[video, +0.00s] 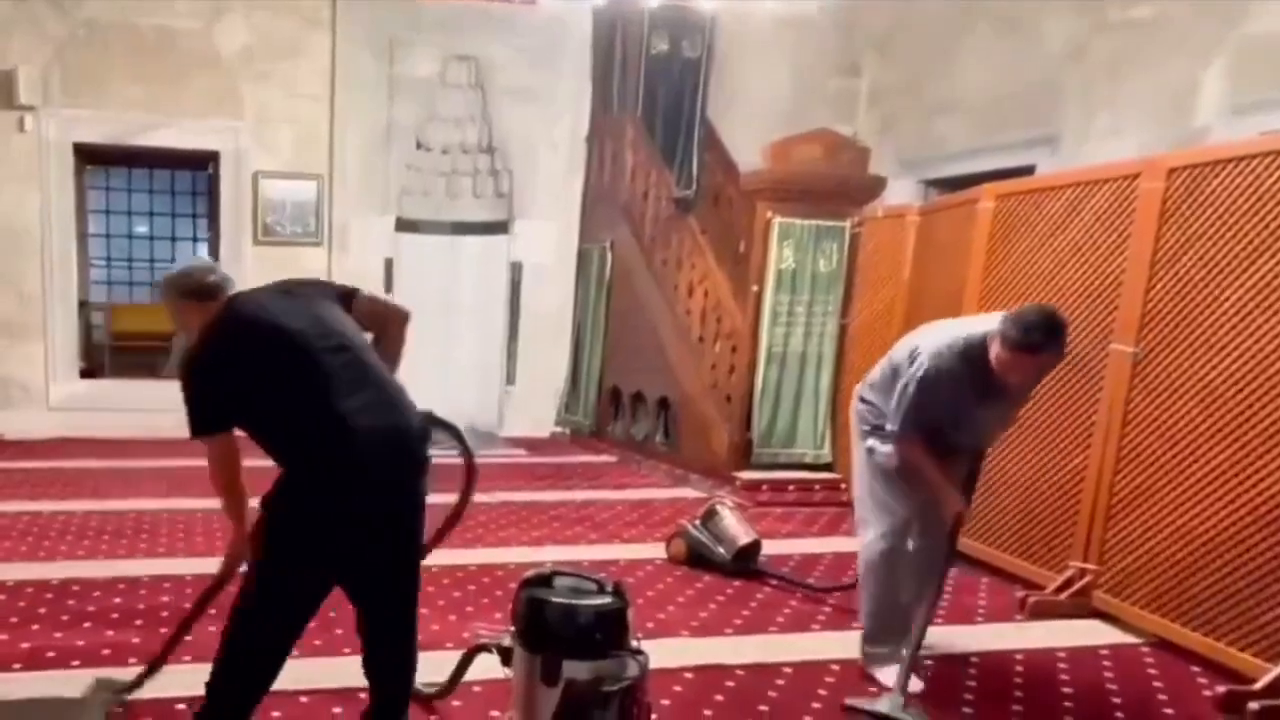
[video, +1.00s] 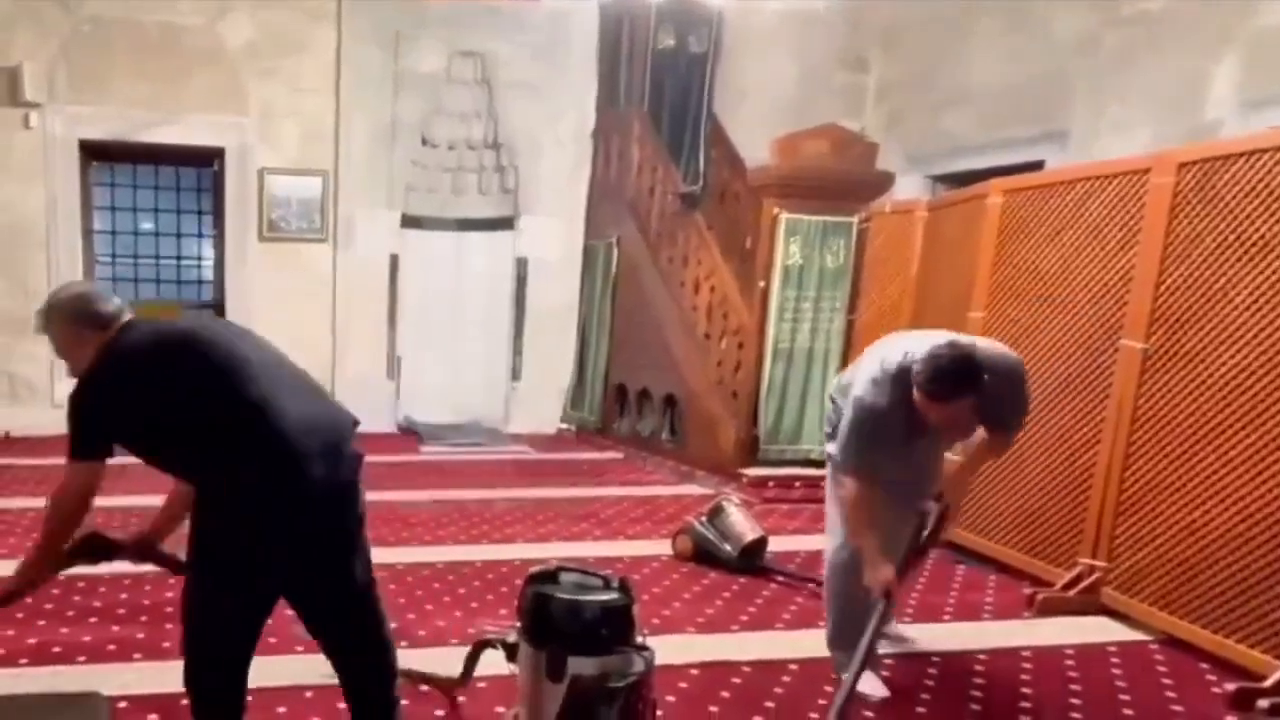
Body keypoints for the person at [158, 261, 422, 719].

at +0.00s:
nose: (181, 332)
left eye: (178, 320)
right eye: (176, 321)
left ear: (189, 310)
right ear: (227, 290)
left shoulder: (205, 358)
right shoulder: (301, 290)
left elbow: (225, 466)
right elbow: (392, 317)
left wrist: (239, 533)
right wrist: (374, 396)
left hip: (325, 469)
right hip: (402, 449)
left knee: (266, 616)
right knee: (391, 614)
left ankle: (221, 711)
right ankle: (388, 711)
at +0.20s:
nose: (201, 325)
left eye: (200, 311)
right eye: (197, 313)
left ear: (218, 299)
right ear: (252, 283)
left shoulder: (232, 351)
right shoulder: (326, 282)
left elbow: (273, 461)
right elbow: (417, 278)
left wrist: (302, 518)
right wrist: (420, 369)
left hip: (341, 467)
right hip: (419, 448)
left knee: (290, 617)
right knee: (399, 616)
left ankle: (245, 709)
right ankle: (388, 713)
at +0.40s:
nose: (204, 320)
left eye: (203, 306)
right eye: (199, 308)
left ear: (221, 291)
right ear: (254, 278)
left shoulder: (235, 345)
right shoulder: (325, 281)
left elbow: (278, 456)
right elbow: (419, 262)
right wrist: (447, 349)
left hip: (336, 477)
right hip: (415, 458)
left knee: (288, 635)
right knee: (396, 630)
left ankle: (259, 710)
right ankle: (385, 714)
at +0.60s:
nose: (177, 322)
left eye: (175, 309)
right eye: (172, 311)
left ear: (191, 296)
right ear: (225, 281)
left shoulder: (204, 348)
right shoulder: (302, 292)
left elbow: (230, 462)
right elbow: (394, 316)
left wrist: (246, 517)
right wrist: (386, 402)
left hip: (317, 478)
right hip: (394, 464)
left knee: (264, 641)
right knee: (382, 630)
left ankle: (242, 716)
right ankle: (384, 712)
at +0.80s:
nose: (113, 333)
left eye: (111, 320)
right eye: (108, 322)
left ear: (128, 310)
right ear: (166, 293)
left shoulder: (146, 359)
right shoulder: (234, 312)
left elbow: (147, 475)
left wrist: (132, 545)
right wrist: (244, 476)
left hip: (279, 486)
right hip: (356, 465)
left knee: (233, 650)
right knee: (362, 633)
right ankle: (381, 710)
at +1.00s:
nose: (63, 361)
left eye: (60, 347)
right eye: (57, 349)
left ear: (79, 333)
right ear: (115, 316)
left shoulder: (99, 385)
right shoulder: (188, 336)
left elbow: (76, 495)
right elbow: (202, 465)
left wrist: (27, 575)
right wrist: (150, 536)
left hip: (247, 493)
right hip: (331, 465)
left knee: (215, 657)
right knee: (356, 634)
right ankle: (379, 709)